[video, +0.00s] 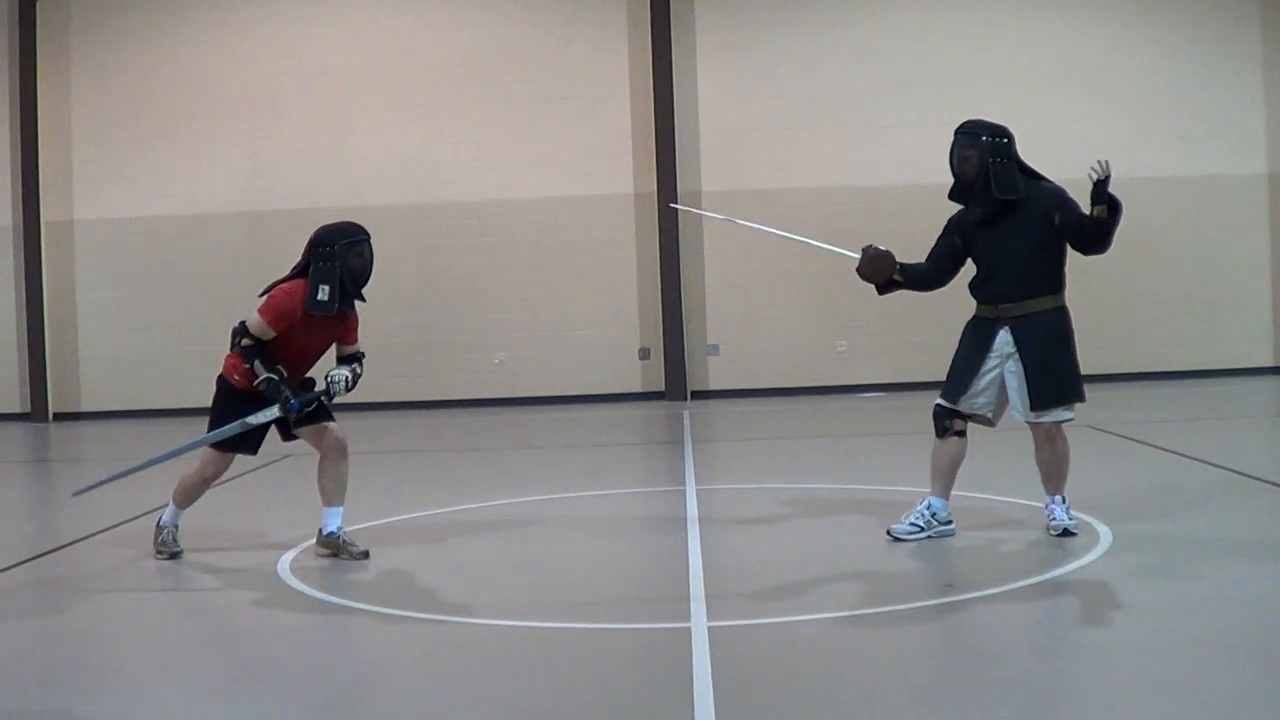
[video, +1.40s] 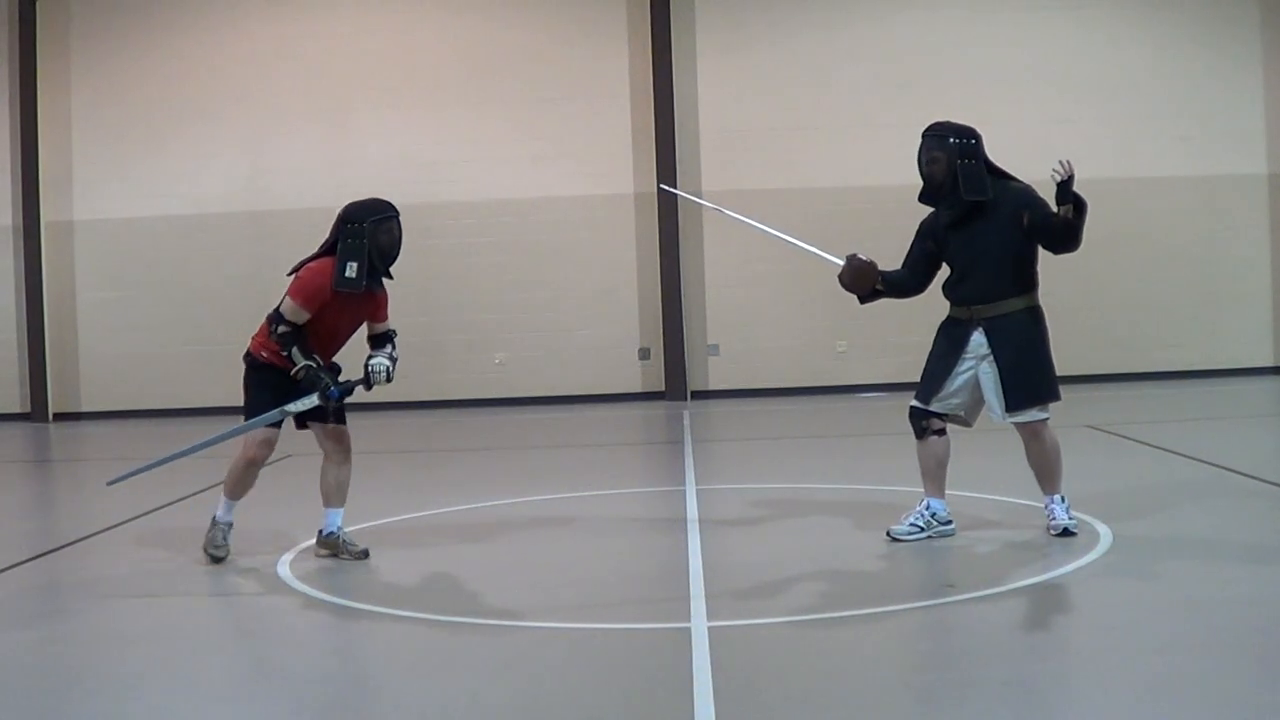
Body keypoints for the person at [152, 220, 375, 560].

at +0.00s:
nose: (364, 264)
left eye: (366, 256)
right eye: (357, 256)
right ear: (331, 258)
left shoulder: (345, 308)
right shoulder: (290, 296)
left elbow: (351, 357)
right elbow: (242, 341)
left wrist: (346, 373)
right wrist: (274, 383)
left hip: (291, 389)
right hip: (243, 387)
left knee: (335, 445)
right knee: (210, 470)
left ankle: (331, 532)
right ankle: (167, 523)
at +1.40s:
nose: (392, 242)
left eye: (394, 233)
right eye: (384, 233)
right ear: (360, 235)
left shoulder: (374, 288)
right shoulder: (319, 275)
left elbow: (381, 335)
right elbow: (280, 328)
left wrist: (381, 357)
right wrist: (309, 369)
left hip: (315, 369)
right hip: (270, 364)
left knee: (338, 443)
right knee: (259, 449)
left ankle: (331, 534)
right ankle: (222, 521)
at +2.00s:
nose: (354, 205)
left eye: (355, 196)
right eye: (346, 196)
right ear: (319, 201)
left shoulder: (338, 252)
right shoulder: (285, 249)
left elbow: (349, 301)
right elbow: (258, 313)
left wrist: (360, 324)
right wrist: (293, 353)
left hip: (303, 361)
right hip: (260, 362)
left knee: (337, 442)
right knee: (270, 456)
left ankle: (330, 526)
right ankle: (256, 549)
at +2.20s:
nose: (343, 193)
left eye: (344, 183)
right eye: (335, 184)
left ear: (334, 188)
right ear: (309, 188)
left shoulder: (328, 243)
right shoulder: (276, 240)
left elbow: (335, 298)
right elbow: (250, 303)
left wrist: (350, 319)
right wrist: (288, 344)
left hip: (304, 359)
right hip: (259, 363)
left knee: (341, 442)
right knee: (269, 460)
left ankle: (338, 532)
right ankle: (255, 550)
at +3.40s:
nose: (503, 221)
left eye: (500, 212)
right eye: (495, 213)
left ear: (460, 224)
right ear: (473, 224)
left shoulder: (464, 265)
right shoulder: (442, 279)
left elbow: (516, 289)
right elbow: (482, 351)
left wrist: (542, 280)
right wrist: (533, 321)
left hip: (416, 389)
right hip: (380, 391)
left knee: (495, 431)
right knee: (374, 499)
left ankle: (566, 508)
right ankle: (302, 570)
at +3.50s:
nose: (544, 217)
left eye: (541, 208)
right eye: (538, 208)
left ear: (503, 218)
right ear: (519, 216)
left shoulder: (506, 260)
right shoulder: (495, 262)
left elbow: (561, 303)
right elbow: (565, 302)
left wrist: (606, 274)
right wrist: (613, 271)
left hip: (465, 390)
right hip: (426, 388)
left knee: (538, 444)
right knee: (383, 482)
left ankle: (591, 531)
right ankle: (309, 564)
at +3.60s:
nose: (591, 215)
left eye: (585, 207)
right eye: (583, 207)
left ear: (546, 220)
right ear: (572, 217)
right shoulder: (576, 258)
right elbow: (643, 251)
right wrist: (697, 233)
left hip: (494, 383)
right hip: (491, 383)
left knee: (579, 451)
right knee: (433, 480)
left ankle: (610, 546)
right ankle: (338, 538)